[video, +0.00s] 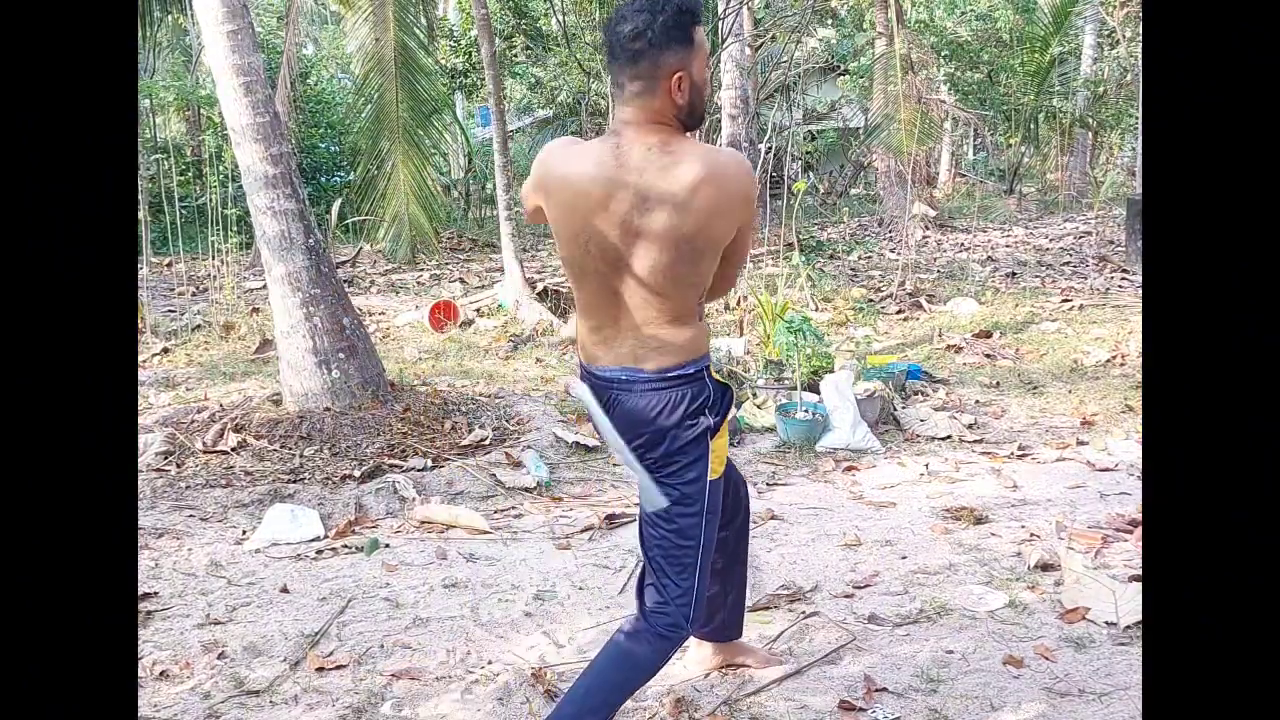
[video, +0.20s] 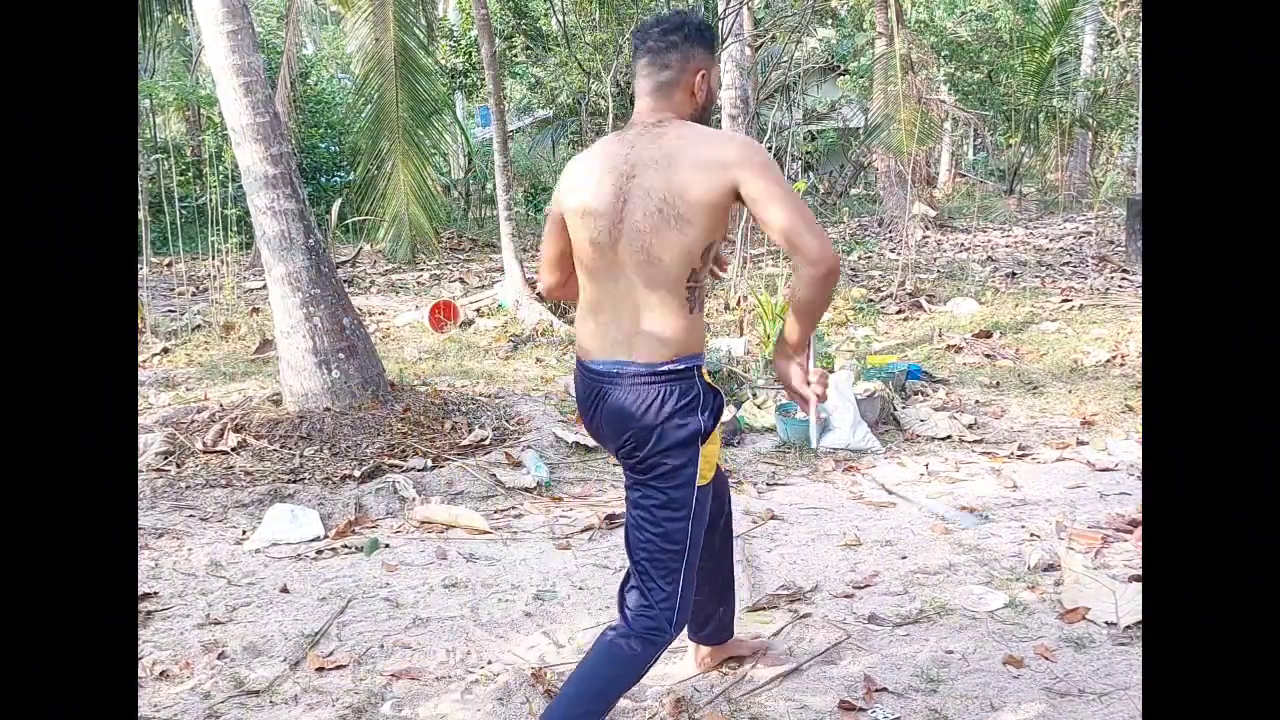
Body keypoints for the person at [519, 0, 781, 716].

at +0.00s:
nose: (707, 80)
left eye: (706, 67)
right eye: (703, 68)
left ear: (617, 76)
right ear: (678, 83)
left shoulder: (558, 163)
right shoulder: (730, 177)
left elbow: (538, 211)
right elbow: (719, 282)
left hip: (603, 389)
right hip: (678, 398)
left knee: (727, 492)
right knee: (667, 616)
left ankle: (721, 640)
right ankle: (562, 717)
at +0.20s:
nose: (713, 90)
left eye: (710, 79)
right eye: (714, 78)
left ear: (635, 78)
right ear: (700, 77)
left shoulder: (582, 167)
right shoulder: (729, 152)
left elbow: (554, 283)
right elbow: (818, 259)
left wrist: (628, 303)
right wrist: (792, 345)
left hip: (595, 392)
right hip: (666, 400)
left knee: (707, 485)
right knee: (652, 613)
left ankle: (714, 638)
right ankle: (557, 716)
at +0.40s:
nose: (751, 89)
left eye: (751, 79)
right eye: (753, 79)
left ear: (684, 74)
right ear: (740, 74)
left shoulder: (645, 143)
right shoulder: (738, 128)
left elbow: (638, 253)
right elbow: (811, 220)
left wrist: (715, 269)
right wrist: (848, 301)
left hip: (627, 347)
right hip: (672, 350)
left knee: (728, 483)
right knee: (697, 552)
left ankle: (715, 637)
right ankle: (580, 708)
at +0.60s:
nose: (786, 84)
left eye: (787, 73)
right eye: (789, 70)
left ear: (719, 55)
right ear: (776, 60)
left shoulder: (693, 122)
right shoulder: (721, 116)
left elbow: (700, 259)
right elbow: (776, 209)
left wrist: (755, 272)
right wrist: (826, 135)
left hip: (648, 331)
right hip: (680, 333)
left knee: (734, 488)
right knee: (797, 499)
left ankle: (713, 647)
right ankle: (737, 687)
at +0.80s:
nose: (808, 79)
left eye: (811, 65)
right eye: (807, 67)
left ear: (727, 58)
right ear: (792, 65)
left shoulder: (702, 123)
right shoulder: (744, 129)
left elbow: (754, 268)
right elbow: (846, 208)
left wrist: (760, 233)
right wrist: (834, 101)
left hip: (640, 333)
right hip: (682, 339)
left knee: (722, 465)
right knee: (785, 505)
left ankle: (690, 607)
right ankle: (753, 684)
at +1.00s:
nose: (776, 77)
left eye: (773, 68)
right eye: (777, 67)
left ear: (705, 53)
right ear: (765, 65)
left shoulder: (686, 127)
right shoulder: (700, 143)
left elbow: (769, 224)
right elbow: (777, 250)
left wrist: (813, 270)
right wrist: (806, 131)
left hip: (618, 333)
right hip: (665, 343)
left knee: (626, 468)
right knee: (768, 501)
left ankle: (564, 599)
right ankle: (753, 685)